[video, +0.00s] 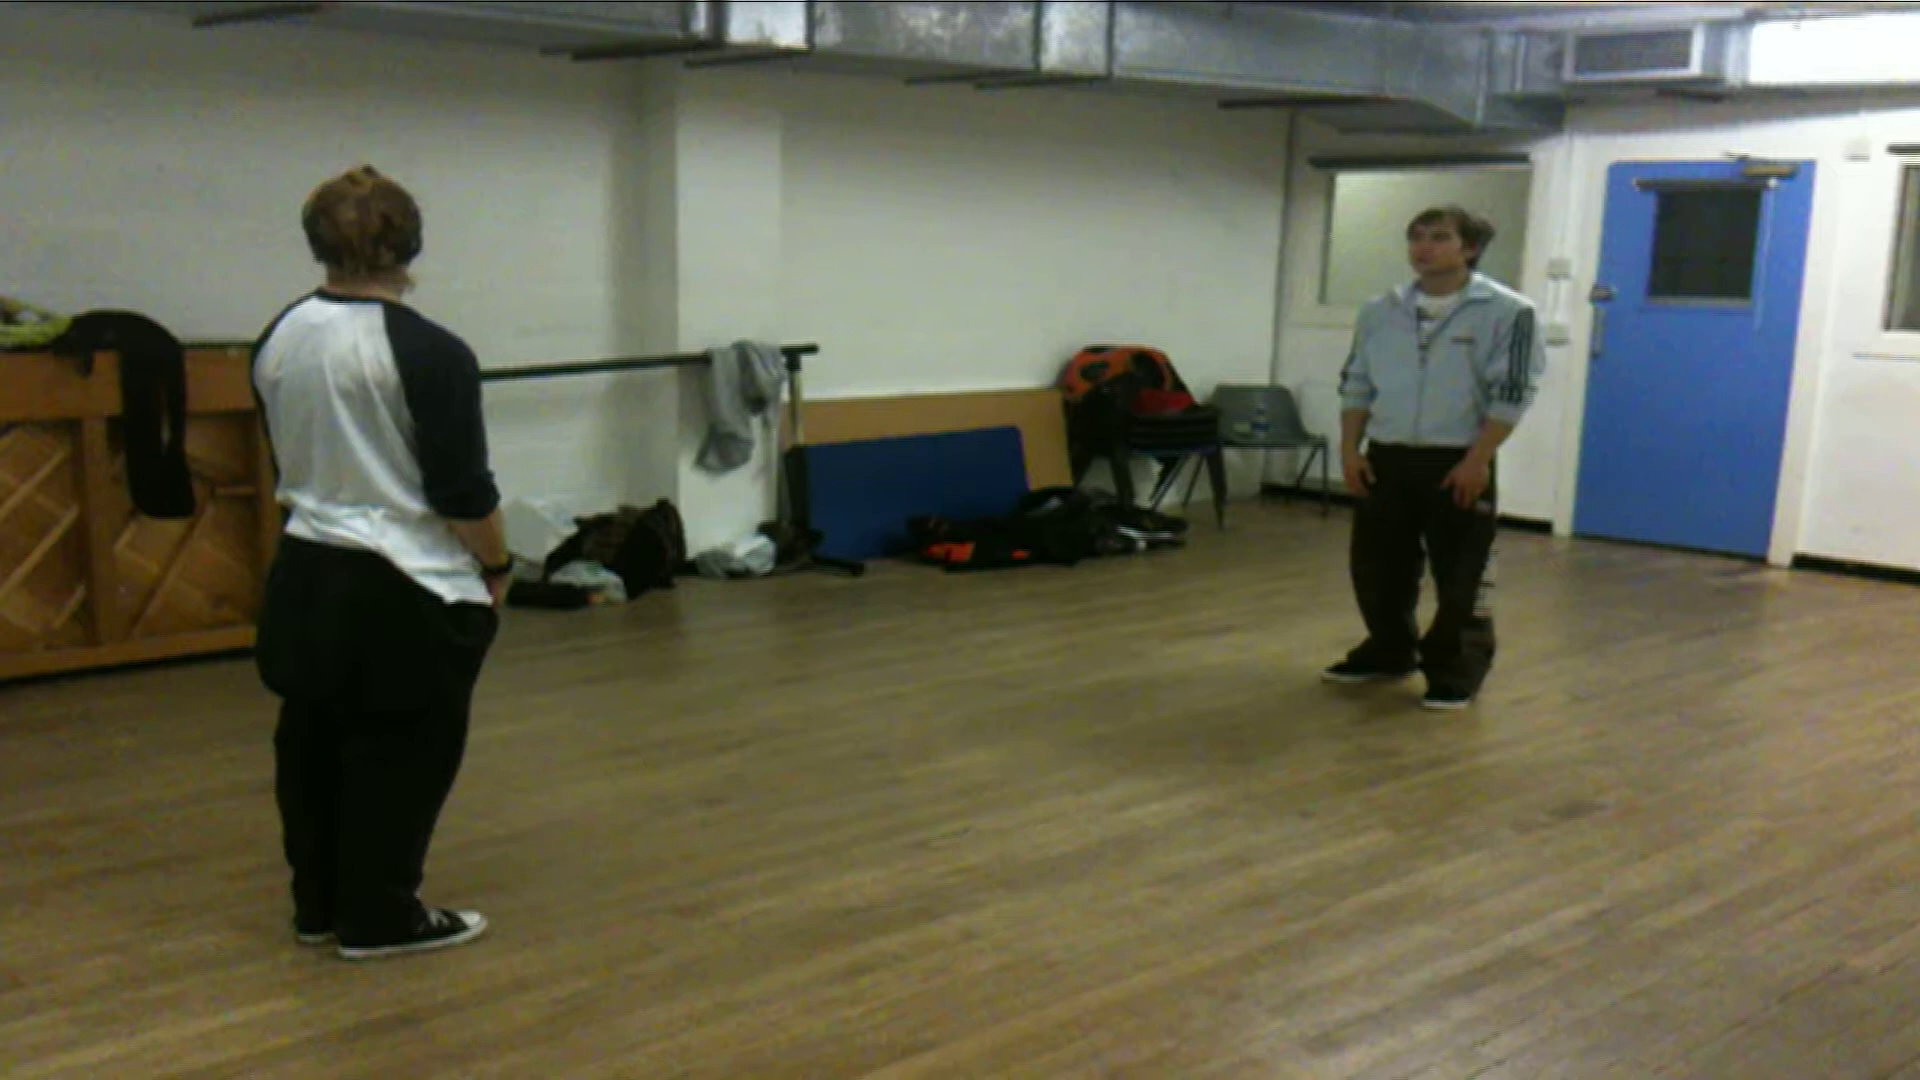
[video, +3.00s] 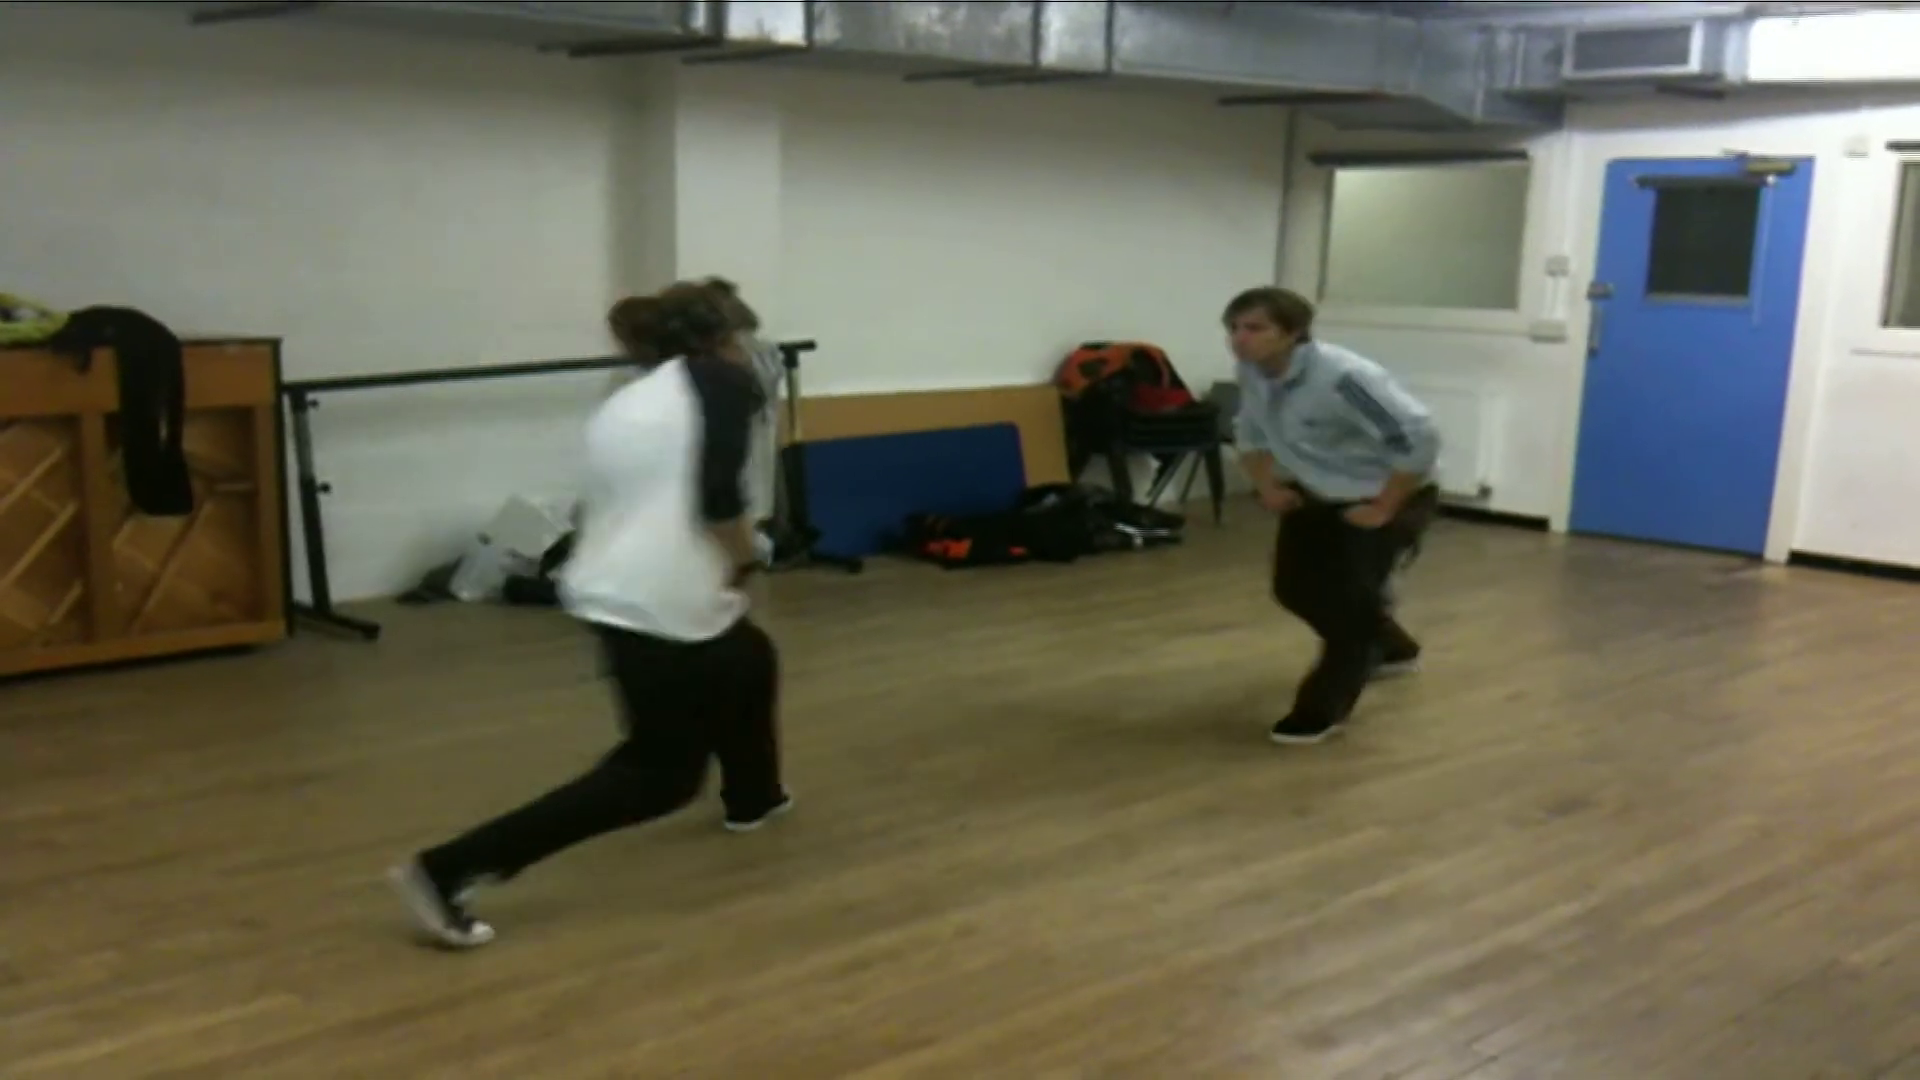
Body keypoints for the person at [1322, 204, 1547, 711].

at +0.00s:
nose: (1424, 247)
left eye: (1439, 238)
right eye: (1417, 238)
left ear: (1468, 249)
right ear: (1407, 248)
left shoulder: (1507, 313)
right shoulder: (1380, 313)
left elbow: (1511, 397)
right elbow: (1357, 385)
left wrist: (1479, 457)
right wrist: (1350, 446)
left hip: (1459, 465)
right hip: (1390, 462)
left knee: (1459, 580)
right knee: (1376, 564)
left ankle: (1453, 671)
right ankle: (1389, 647)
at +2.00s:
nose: (1441, 242)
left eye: (1456, 234)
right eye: (1435, 233)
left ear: (1487, 244)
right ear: (1426, 243)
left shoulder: (1528, 312)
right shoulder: (1399, 307)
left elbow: (1529, 396)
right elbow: (1375, 377)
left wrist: (1492, 457)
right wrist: (1366, 437)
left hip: (1479, 461)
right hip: (1407, 457)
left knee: (1474, 570)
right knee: (1378, 546)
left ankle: (1456, 662)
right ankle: (1386, 643)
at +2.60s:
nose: (1375, 265)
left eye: (1389, 255)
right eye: (1369, 256)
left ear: (1423, 261)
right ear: (1363, 263)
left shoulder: (1474, 317)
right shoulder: (1349, 325)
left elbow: (1485, 399)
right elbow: (1334, 397)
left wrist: (1443, 458)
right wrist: (1331, 464)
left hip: (1440, 465)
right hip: (1372, 464)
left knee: (1427, 554)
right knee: (1358, 550)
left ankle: (1456, 654)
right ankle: (1386, 644)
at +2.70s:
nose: (1357, 281)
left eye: (1371, 271)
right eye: (1351, 272)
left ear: (1405, 277)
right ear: (1345, 278)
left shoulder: (1454, 314)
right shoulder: (1329, 342)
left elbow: (1468, 387)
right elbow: (1309, 415)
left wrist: (1409, 445)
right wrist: (1317, 471)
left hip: (1439, 453)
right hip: (1371, 454)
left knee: (1373, 537)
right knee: (1339, 546)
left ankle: (1423, 611)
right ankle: (1377, 643)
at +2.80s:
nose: (1329, 294)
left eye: (1343, 284)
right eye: (1324, 284)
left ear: (1376, 290)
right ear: (1317, 290)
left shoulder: (1419, 333)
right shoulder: (1301, 347)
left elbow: (1455, 398)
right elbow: (1284, 419)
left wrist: (1398, 459)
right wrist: (1302, 471)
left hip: (1428, 462)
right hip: (1357, 464)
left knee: (1366, 534)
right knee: (1320, 561)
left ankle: (1380, 636)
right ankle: (1385, 637)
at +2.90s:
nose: (1281, 318)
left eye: (1294, 308)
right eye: (1276, 309)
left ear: (1327, 313)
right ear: (1271, 314)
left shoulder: (1371, 358)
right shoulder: (1278, 360)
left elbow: (1448, 418)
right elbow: (1264, 421)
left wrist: (1410, 491)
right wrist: (1291, 472)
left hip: (1408, 484)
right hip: (1344, 479)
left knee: (1375, 576)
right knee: (1314, 576)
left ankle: (1332, 687)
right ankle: (1394, 641)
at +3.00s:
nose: (1239, 339)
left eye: (1252, 329)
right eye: (1235, 329)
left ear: (1288, 334)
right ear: (1232, 333)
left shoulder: (1341, 375)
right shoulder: (1253, 375)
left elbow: (1421, 436)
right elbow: (1249, 437)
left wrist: (1384, 505)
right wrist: (1267, 485)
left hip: (1382, 498)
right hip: (1317, 495)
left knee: (1350, 599)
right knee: (1294, 585)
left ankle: (1318, 711)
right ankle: (1390, 644)